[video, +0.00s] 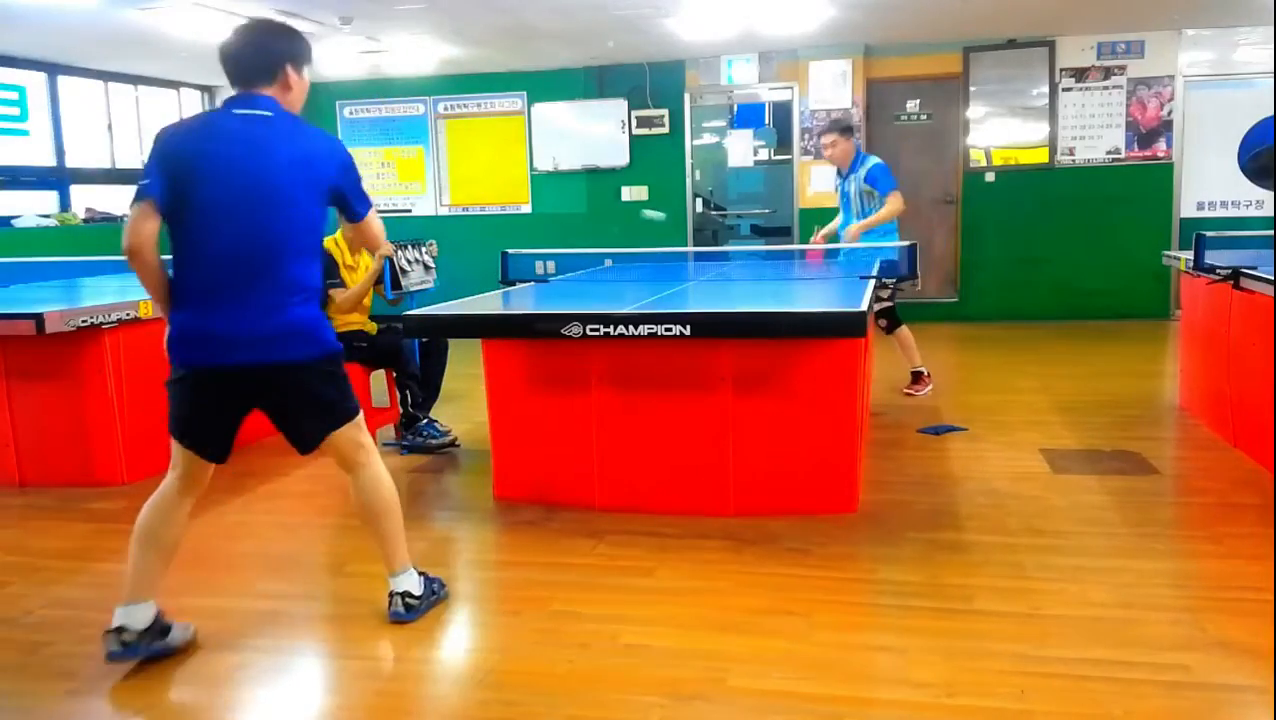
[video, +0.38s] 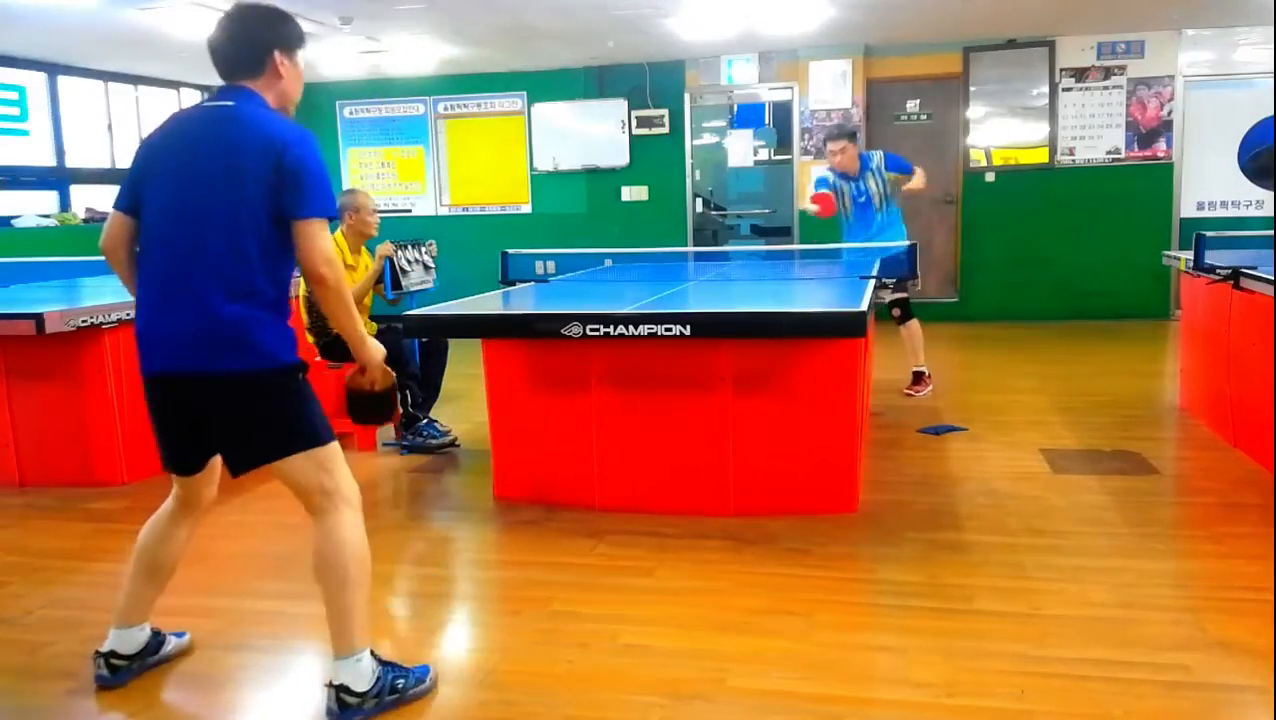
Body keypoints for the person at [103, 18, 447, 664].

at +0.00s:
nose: (308, 88)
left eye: (306, 76)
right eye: (306, 76)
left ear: (234, 77)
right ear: (288, 76)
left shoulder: (178, 139)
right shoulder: (318, 145)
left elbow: (137, 241)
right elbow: (372, 239)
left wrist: (173, 309)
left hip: (203, 347)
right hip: (295, 344)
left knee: (181, 480)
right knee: (359, 458)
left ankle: (132, 619)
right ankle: (407, 583)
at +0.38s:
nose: (303, 79)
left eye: (301, 65)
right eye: (300, 65)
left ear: (227, 65)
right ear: (277, 63)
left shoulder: (164, 135)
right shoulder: (288, 140)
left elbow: (117, 243)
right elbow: (319, 266)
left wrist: (169, 307)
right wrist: (364, 348)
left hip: (166, 355)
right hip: (251, 355)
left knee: (190, 492)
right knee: (335, 497)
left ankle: (124, 641)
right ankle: (355, 670)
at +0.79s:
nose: (298, 85)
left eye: (298, 73)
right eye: (296, 73)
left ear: (221, 65)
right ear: (275, 66)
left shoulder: (152, 130)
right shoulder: (294, 129)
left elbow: (91, 234)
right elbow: (351, 244)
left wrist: (147, 297)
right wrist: (324, 282)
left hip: (168, 360)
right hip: (264, 360)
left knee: (164, 495)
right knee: (353, 499)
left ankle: (108, 637)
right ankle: (358, 672)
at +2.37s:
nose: (159, 104)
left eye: (157, 89)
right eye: (156, 90)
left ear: (78, 96)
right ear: (132, 93)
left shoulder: (17, 149)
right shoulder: (151, 180)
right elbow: (197, 290)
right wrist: (261, 365)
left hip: (5, 364)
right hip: (74, 374)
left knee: (53, 481)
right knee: (133, 528)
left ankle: (8, 602)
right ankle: (27, 674)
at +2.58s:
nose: (172, 96)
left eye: (169, 82)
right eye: (168, 82)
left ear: (101, 84)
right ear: (140, 82)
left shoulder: (47, 144)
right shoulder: (132, 156)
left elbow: (9, 240)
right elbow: (138, 266)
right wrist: (223, 356)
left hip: (30, 355)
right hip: (86, 359)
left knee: (118, 460)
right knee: (185, 494)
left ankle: (39, 573)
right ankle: (117, 658)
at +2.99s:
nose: (197, 118)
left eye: (197, 103)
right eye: (190, 103)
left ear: (148, 109)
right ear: (146, 106)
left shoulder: (159, 196)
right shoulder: (54, 188)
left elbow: (172, 288)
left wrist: (248, 313)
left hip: (110, 380)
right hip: (81, 385)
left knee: (169, 493)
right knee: (219, 498)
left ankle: (77, 581)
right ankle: (189, 682)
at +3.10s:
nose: (155, 80)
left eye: (155, 66)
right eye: (145, 64)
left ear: (98, 71)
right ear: (98, 65)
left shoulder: (84, 133)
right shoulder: (80, 122)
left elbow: (90, 252)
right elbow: (110, 183)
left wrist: (158, 303)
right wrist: (218, 181)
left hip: (69, 343)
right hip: (98, 341)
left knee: (135, 441)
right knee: (206, 493)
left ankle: (90, 556)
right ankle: (146, 661)